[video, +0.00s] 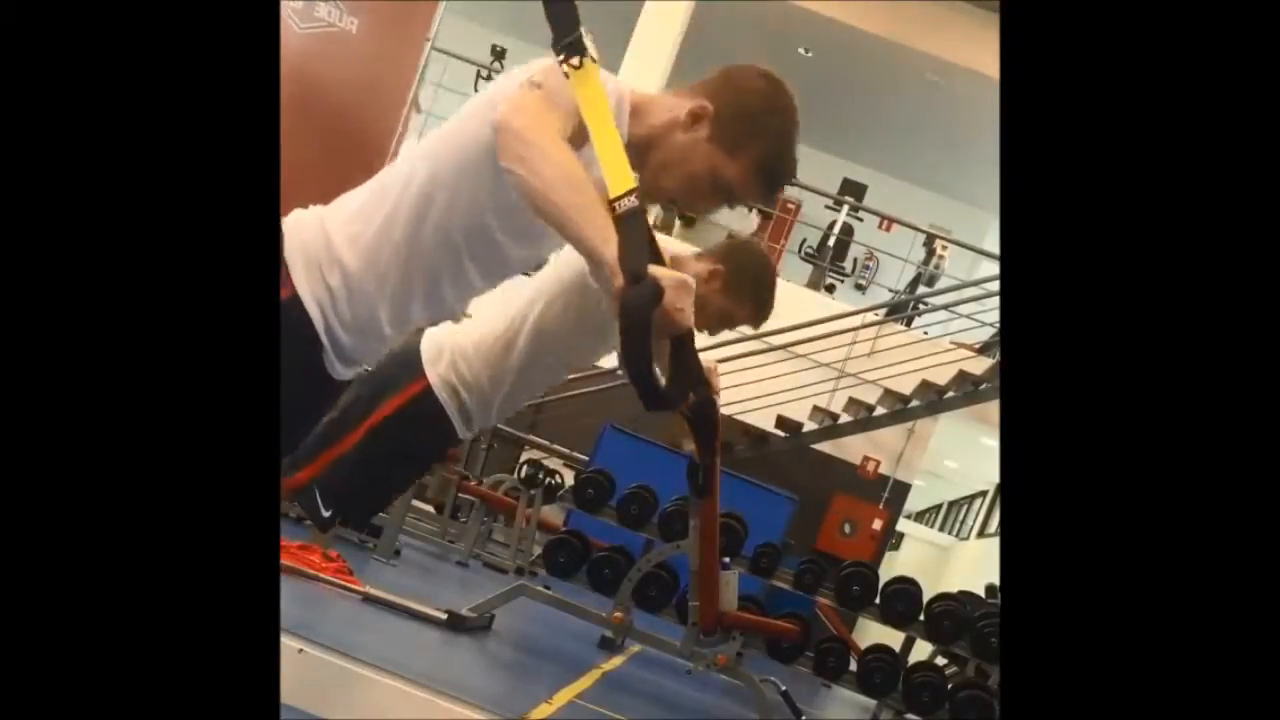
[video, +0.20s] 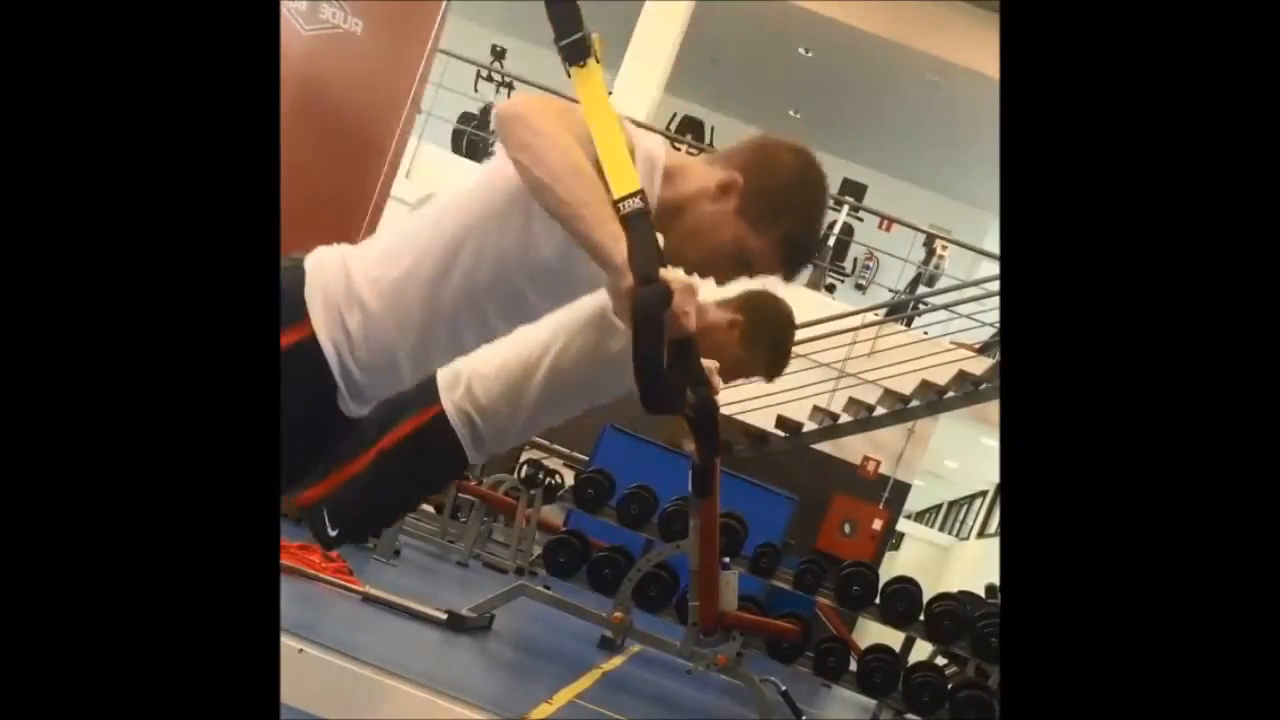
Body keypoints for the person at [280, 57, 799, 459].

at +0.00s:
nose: (704, 208)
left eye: (722, 203)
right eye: (718, 189)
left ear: (696, 120)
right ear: (697, 121)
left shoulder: (615, 174)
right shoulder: (582, 84)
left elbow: (634, 266)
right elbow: (522, 141)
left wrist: (683, 352)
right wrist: (628, 271)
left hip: (341, 357)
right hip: (297, 298)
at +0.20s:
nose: (723, 277)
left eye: (744, 273)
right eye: (740, 259)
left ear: (726, 186)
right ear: (728, 190)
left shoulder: (652, 238)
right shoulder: (630, 149)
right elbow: (521, 117)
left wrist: (673, 356)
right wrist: (636, 271)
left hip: (355, 397)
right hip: (311, 333)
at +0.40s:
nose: (740, 341)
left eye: (759, 343)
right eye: (757, 327)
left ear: (751, 253)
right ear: (754, 257)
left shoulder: (658, 276)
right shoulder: (651, 212)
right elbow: (533, 122)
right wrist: (654, 274)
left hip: (361, 429)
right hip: (325, 376)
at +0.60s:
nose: (746, 404)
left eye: (766, 405)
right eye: (768, 392)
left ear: (774, 325)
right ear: (774, 330)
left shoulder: (683, 344)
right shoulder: (659, 251)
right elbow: (538, 130)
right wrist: (628, 266)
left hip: (365, 467)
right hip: (332, 414)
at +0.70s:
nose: (757, 475)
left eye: (778, 471)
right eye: (777, 456)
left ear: (778, 366)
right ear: (779, 371)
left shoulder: (702, 410)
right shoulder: (667, 283)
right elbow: (536, 145)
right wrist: (630, 283)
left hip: (367, 491)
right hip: (335, 436)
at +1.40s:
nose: (757, 403)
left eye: (778, 402)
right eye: (776, 385)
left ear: (775, 317)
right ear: (775, 319)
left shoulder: (697, 360)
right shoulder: (665, 259)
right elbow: (532, 141)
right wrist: (640, 276)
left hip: (371, 464)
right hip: (335, 412)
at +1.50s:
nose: (748, 347)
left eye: (766, 349)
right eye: (764, 332)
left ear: (765, 257)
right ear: (766, 263)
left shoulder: (682, 312)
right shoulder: (667, 219)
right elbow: (526, 129)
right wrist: (644, 278)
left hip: (375, 432)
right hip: (337, 381)